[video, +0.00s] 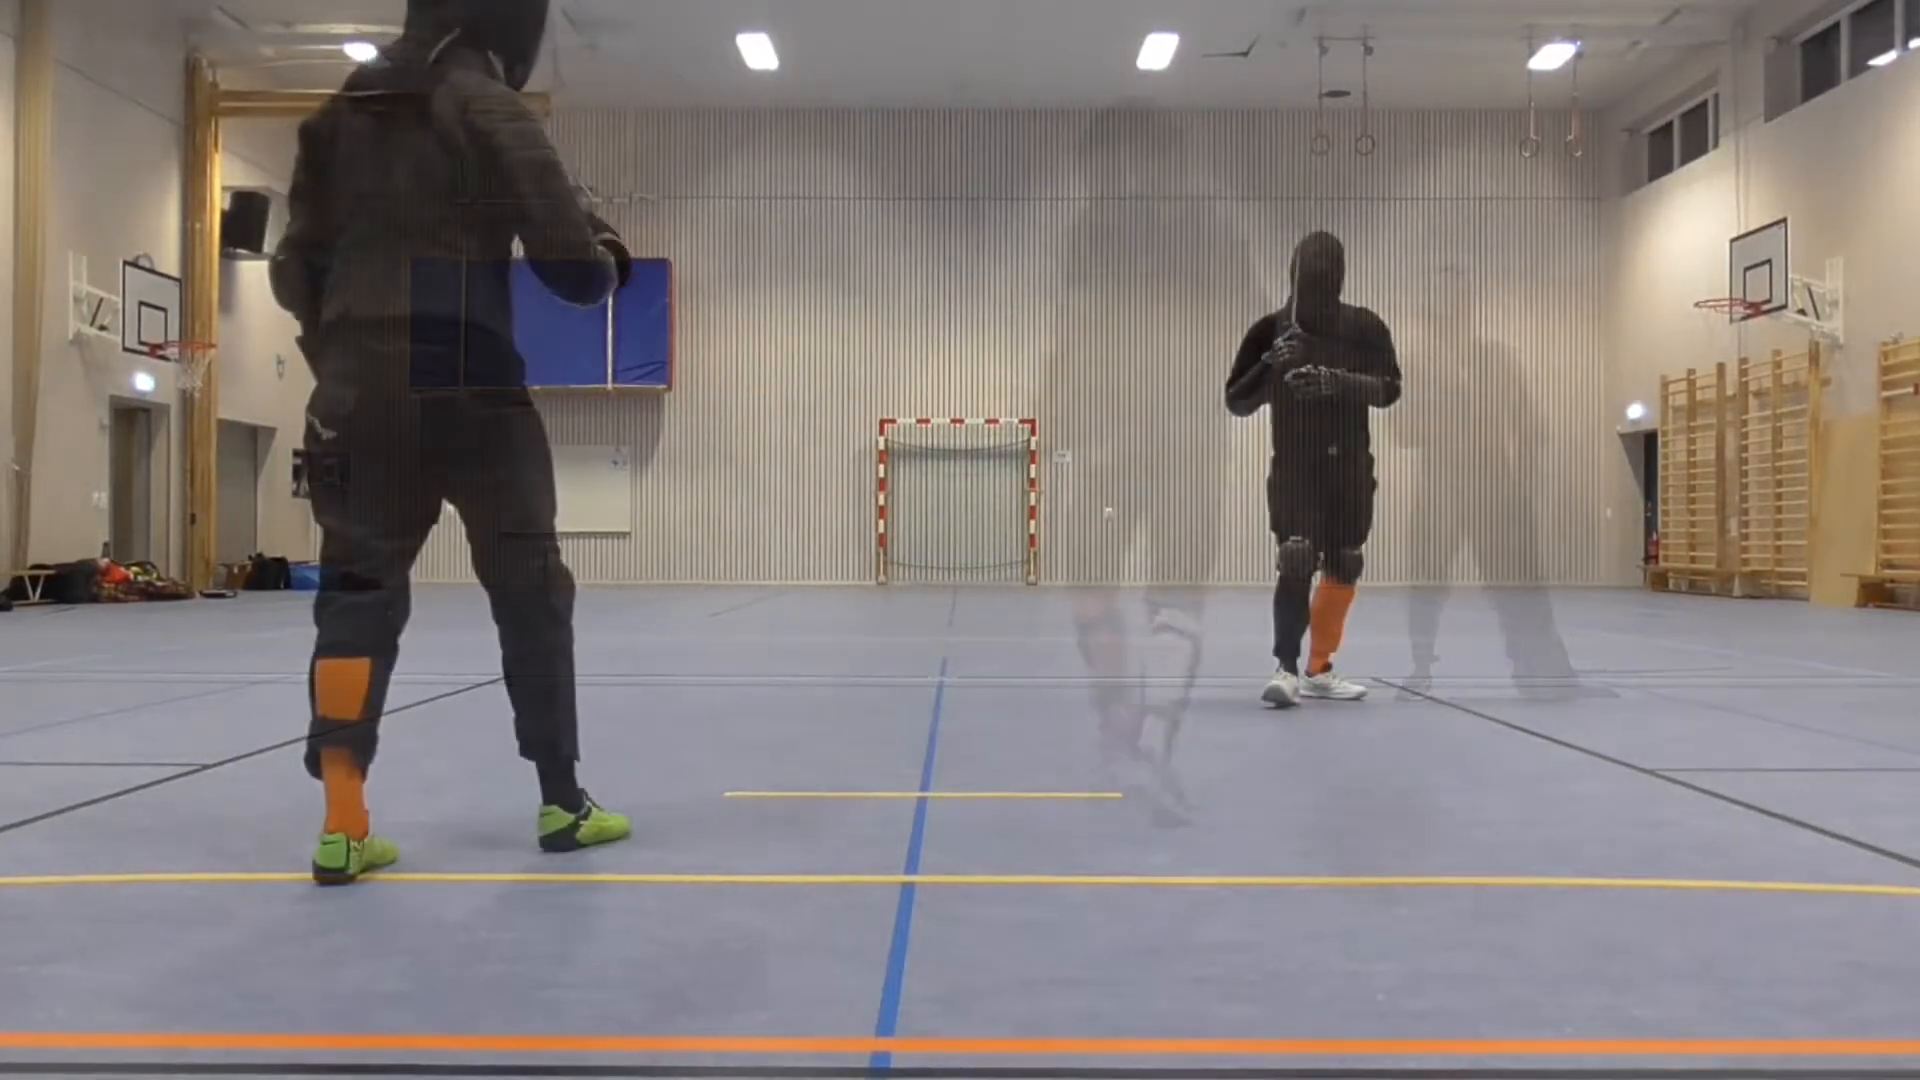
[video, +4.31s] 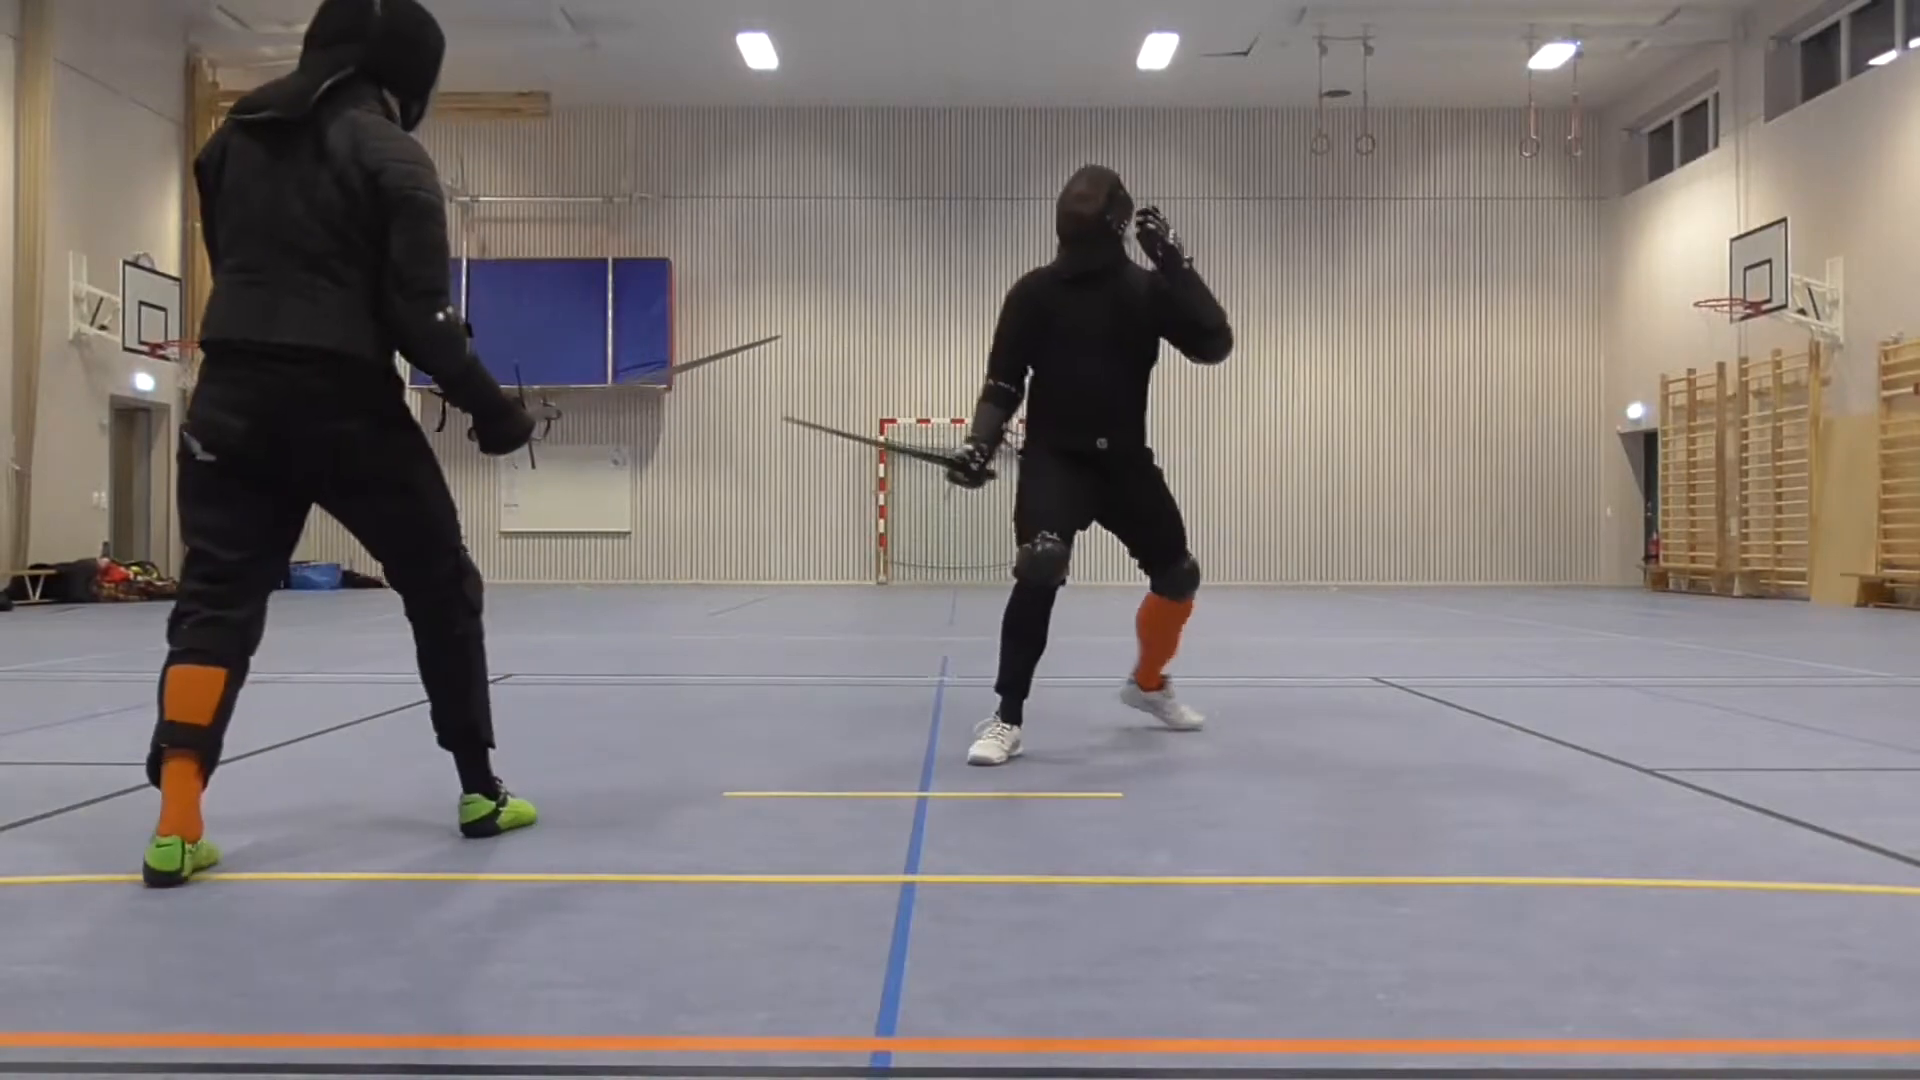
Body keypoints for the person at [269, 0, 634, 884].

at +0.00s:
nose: (534, 58)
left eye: (532, 41)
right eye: (530, 38)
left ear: (420, 21)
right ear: (502, 32)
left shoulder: (337, 119)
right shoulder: (491, 111)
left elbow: (293, 266)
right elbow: (572, 265)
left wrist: (345, 339)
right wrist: (603, 254)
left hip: (359, 396)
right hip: (476, 394)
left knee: (356, 596)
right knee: (530, 589)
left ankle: (344, 827)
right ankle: (561, 802)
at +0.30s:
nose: (594, 134)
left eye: (601, 121)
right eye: (598, 118)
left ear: (523, 66)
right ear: (574, 95)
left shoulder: (399, 123)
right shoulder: (551, 142)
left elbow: (324, 261)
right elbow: (601, 290)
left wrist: (383, 336)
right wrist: (675, 376)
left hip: (356, 375)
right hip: (468, 380)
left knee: (354, 595)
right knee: (529, 586)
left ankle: (342, 828)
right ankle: (563, 803)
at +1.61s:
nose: (516, 42)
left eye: (513, 30)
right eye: (512, 28)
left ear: (406, 18)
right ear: (492, 26)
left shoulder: (336, 104)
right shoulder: (500, 111)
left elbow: (299, 244)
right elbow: (569, 274)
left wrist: (388, 253)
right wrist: (640, 372)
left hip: (368, 375)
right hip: (484, 378)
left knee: (363, 587)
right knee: (537, 585)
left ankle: (345, 829)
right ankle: (563, 802)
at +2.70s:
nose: (627, 107)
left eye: (629, 93)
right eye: (627, 92)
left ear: (538, 64)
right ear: (605, 81)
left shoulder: (453, 152)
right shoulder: (606, 165)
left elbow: (435, 270)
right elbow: (637, 318)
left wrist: (521, 314)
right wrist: (689, 422)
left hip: (465, 397)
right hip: (573, 406)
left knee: (427, 582)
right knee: (625, 588)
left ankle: (362, 786)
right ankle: (641, 780)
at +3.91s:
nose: (522, 123)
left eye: (523, 109)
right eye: (520, 108)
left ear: (427, 82)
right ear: (499, 99)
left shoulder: (345, 169)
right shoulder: (500, 183)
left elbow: (339, 279)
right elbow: (537, 332)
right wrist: (598, 419)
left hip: (345, 412)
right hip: (452, 419)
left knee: (300, 592)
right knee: (539, 583)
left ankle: (215, 778)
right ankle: (545, 785)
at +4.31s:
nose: (425, 100)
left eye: (426, 83)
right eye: (423, 82)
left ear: (326, 52)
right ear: (397, 71)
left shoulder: (235, 142)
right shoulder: (394, 157)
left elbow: (232, 268)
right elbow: (421, 317)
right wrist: (494, 409)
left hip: (233, 399)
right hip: (348, 406)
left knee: (216, 597)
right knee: (441, 583)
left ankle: (176, 827)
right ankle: (479, 788)